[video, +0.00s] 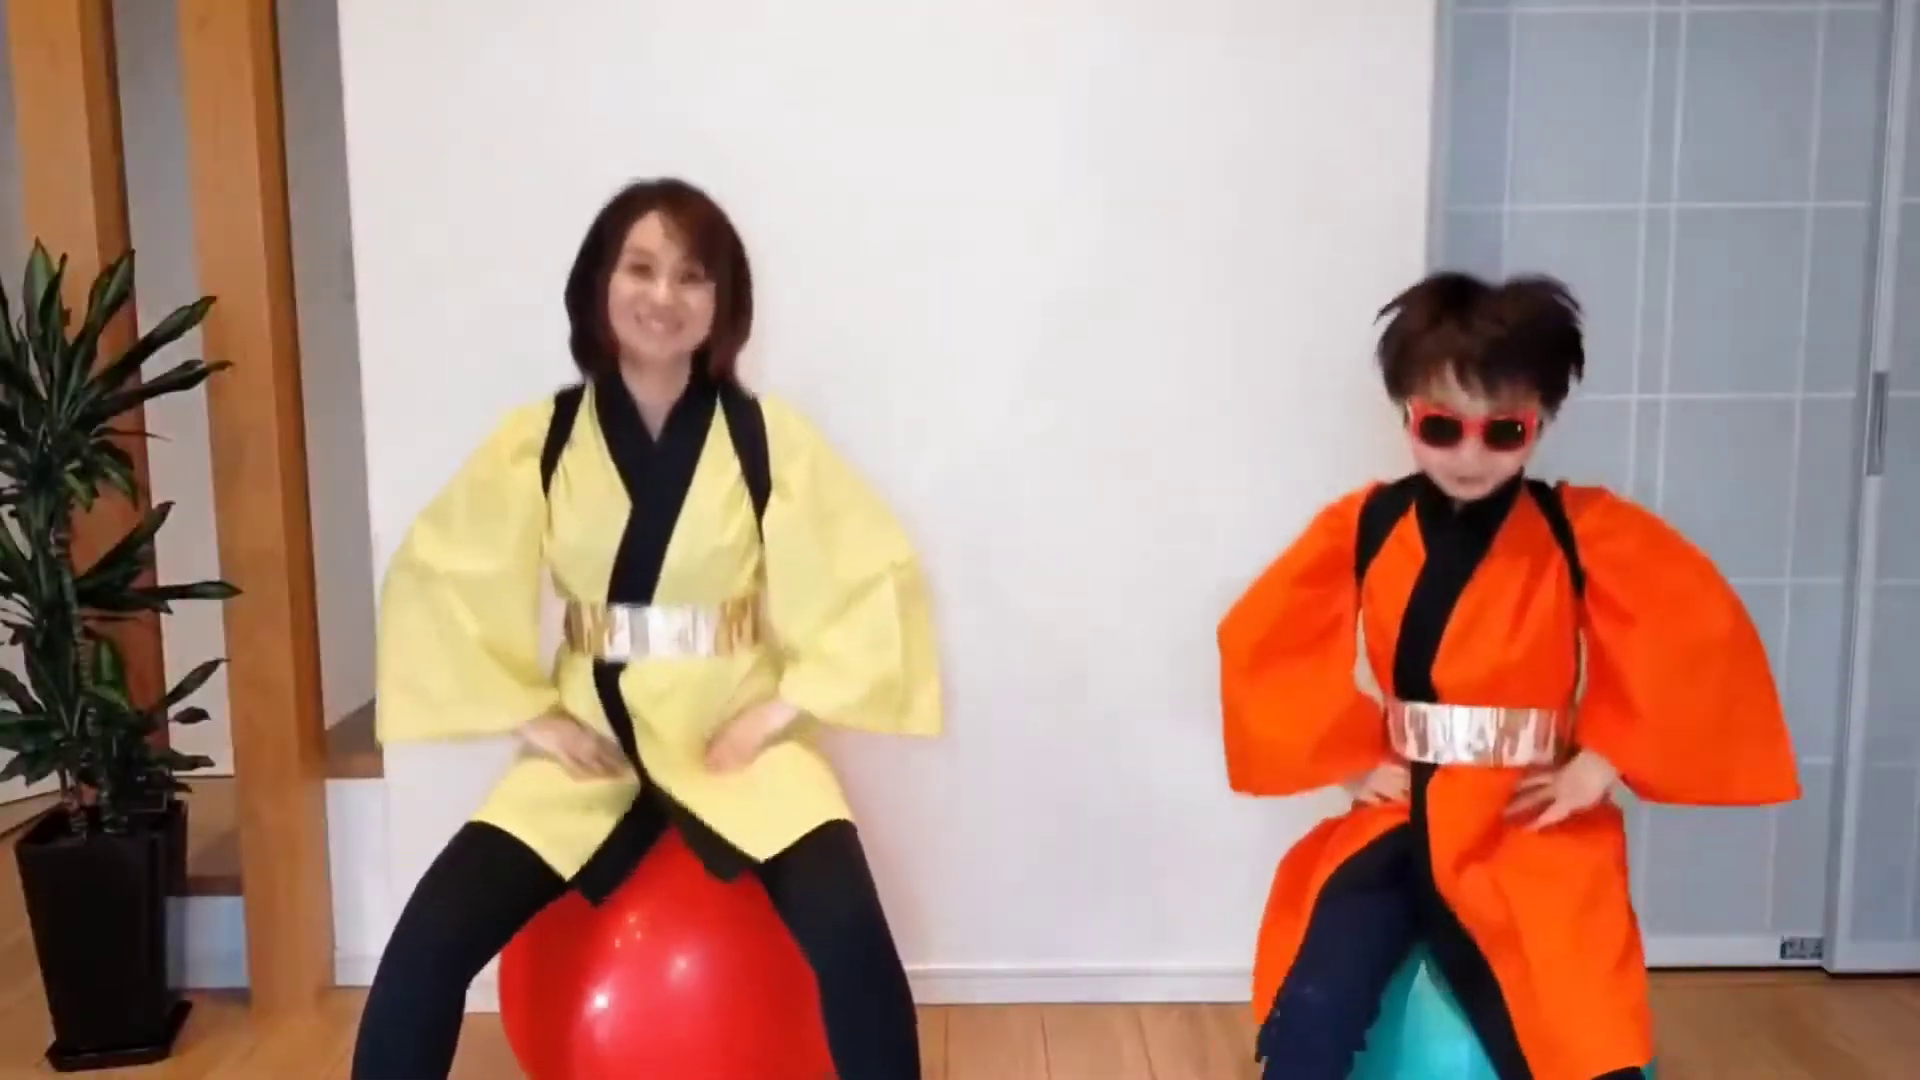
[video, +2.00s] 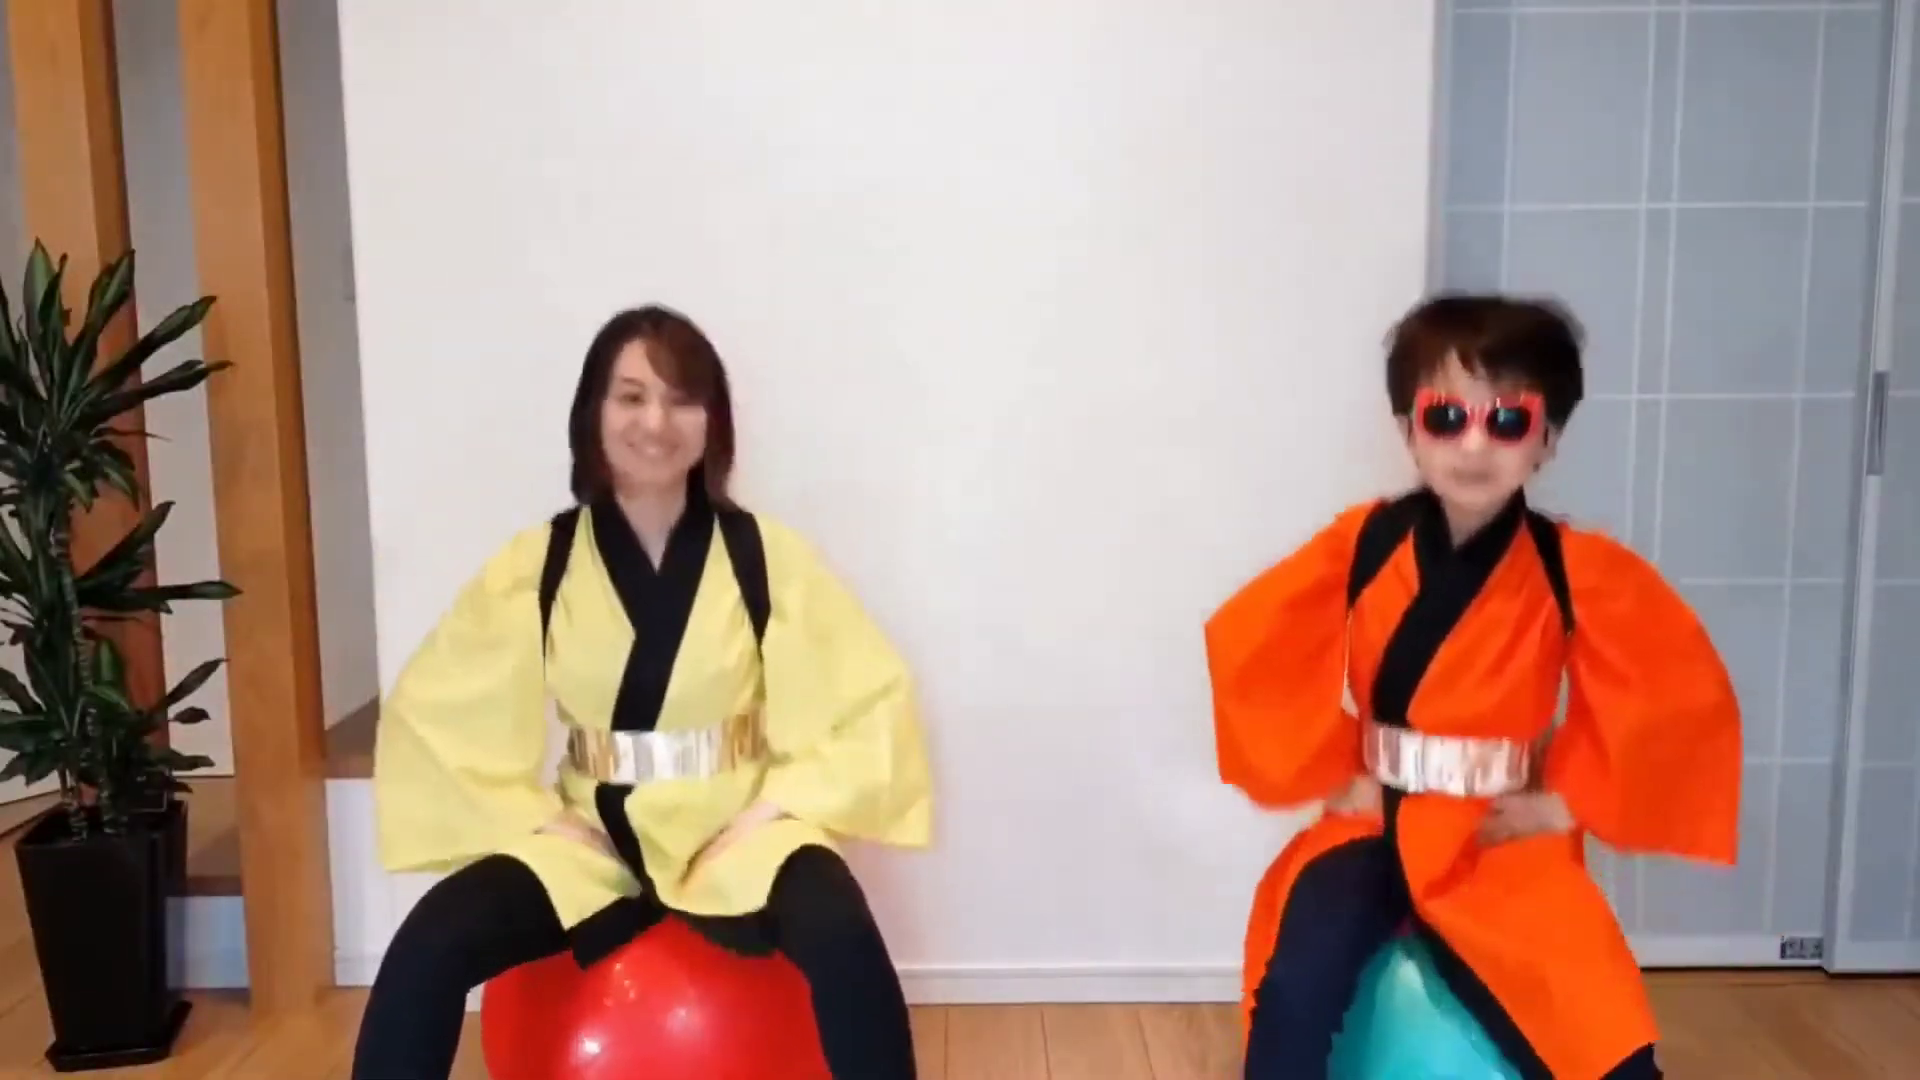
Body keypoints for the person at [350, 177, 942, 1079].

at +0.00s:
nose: (662, 296)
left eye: (690, 277)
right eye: (638, 269)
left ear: (722, 301)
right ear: (598, 287)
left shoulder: (768, 439)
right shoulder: (541, 438)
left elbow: (879, 582)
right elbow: (433, 578)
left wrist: (773, 712)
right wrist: (532, 715)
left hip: (744, 745)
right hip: (586, 747)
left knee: (853, 938)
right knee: (424, 946)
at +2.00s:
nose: (655, 421)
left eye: (680, 400)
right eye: (630, 398)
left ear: (711, 422)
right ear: (592, 415)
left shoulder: (764, 556)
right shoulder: (540, 561)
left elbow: (874, 707)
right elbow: (426, 706)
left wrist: (778, 806)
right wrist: (531, 811)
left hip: (736, 847)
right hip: (589, 851)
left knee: (831, 906)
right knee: (437, 933)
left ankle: (883, 1075)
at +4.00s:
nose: (646, 295)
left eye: (677, 275)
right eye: (621, 270)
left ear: (713, 301)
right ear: (580, 291)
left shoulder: (765, 429)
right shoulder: (529, 442)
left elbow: (892, 556)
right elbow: (429, 591)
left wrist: (809, 682)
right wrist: (534, 708)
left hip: (754, 732)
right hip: (590, 744)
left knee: (860, 925)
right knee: (443, 947)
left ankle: (890, 1076)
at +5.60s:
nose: (730, 312)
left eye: (760, 292)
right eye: (707, 282)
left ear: (793, 319)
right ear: (662, 294)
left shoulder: (801, 462)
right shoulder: (578, 411)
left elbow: (833, 601)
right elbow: (471, 501)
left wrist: (832, 674)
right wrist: (476, 580)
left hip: (733, 733)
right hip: (577, 735)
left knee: (849, 882)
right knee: (408, 933)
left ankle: (917, 1072)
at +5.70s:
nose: (737, 367)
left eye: (766, 348)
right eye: (716, 339)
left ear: (799, 375)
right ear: (675, 356)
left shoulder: (805, 531)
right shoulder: (588, 484)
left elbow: (824, 694)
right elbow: (491, 623)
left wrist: (875, 827)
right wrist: (498, 747)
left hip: (735, 787)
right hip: (577, 782)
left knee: (857, 935)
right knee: (394, 940)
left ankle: (915, 1073)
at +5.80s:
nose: (720, 419)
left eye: (748, 400)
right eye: (695, 397)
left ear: (780, 428)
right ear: (657, 417)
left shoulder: (797, 588)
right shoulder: (588, 547)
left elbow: (867, 728)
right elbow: (509, 666)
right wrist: (493, 742)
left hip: (734, 846)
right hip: (578, 842)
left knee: (854, 921)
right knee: (401, 940)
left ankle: (910, 1077)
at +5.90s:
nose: (701, 376)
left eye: (728, 355)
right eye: (676, 354)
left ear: (763, 382)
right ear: (641, 376)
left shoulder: (789, 533)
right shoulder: (583, 507)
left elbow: (911, 655)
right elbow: (508, 640)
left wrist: (1023, 627)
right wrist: (497, 544)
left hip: (750, 822)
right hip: (598, 824)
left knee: (866, 918)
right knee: (421, 941)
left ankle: (918, 1070)